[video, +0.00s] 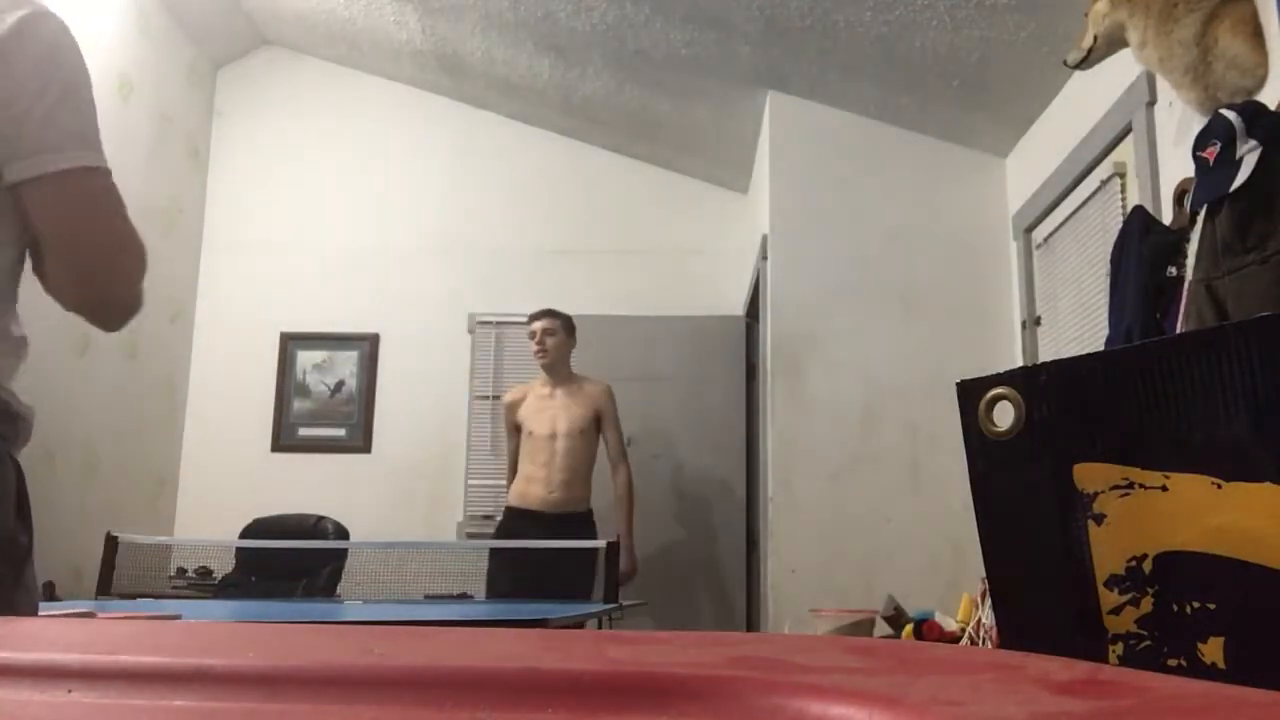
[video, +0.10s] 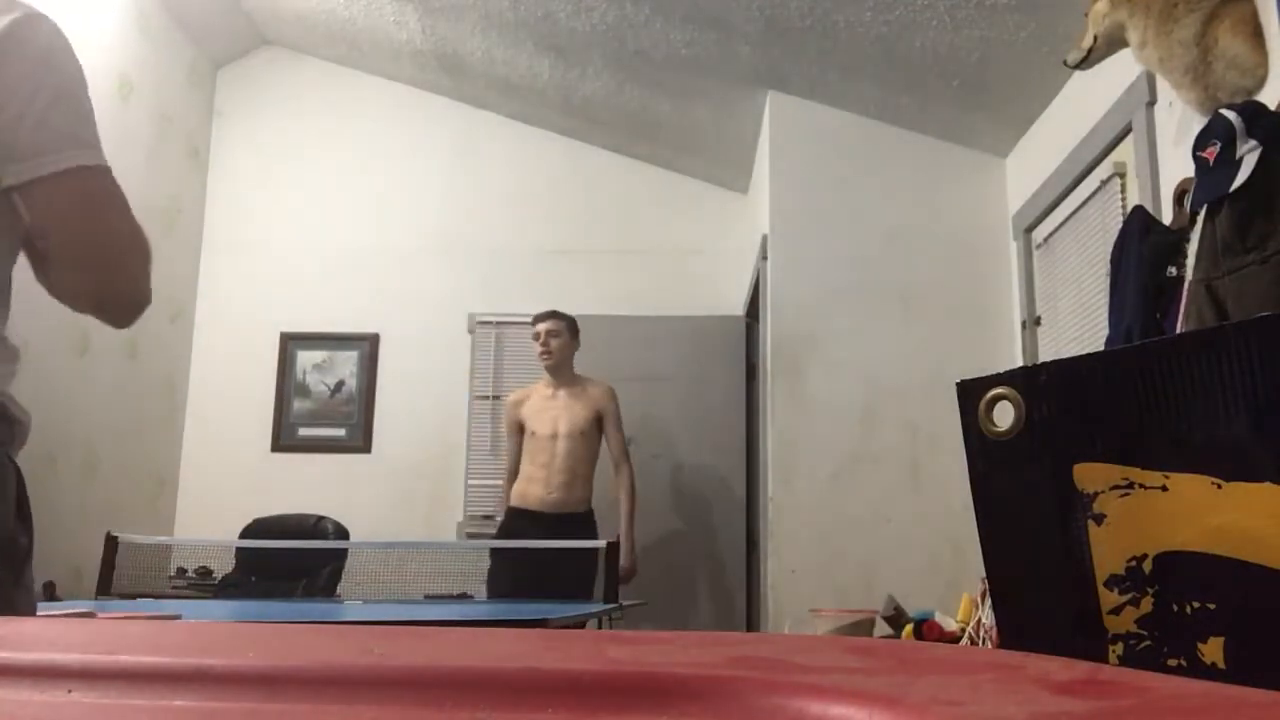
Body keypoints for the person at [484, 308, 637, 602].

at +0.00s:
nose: (539, 342)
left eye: (549, 334)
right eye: (533, 336)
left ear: (571, 342)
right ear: (529, 344)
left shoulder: (597, 395)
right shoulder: (516, 400)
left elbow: (620, 468)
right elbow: (513, 472)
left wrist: (626, 545)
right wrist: (511, 524)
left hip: (573, 528)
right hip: (518, 528)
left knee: (568, 635)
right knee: (505, 633)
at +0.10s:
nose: (543, 344)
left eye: (553, 336)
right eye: (537, 338)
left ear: (575, 343)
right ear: (534, 345)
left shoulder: (599, 396)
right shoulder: (518, 402)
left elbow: (622, 468)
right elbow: (511, 474)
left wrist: (626, 544)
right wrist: (508, 527)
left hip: (574, 529)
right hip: (519, 528)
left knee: (568, 636)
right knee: (504, 633)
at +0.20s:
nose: (546, 344)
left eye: (556, 337)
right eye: (540, 338)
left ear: (577, 345)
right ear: (536, 346)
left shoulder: (600, 397)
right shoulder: (520, 402)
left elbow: (621, 470)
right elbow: (506, 475)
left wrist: (622, 536)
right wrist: (489, 537)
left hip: (574, 529)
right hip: (520, 527)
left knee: (568, 635)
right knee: (508, 633)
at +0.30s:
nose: (547, 345)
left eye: (557, 338)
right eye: (541, 339)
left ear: (577, 346)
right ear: (537, 347)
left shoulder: (599, 398)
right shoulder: (520, 401)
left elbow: (617, 469)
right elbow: (497, 476)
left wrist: (616, 531)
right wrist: (476, 542)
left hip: (574, 531)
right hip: (519, 529)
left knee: (568, 637)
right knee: (506, 635)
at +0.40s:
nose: (545, 346)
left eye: (556, 339)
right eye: (540, 340)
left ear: (575, 348)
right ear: (535, 347)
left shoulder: (595, 398)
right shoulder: (518, 400)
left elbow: (612, 469)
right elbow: (493, 468)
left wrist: (606, 530)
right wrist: (471, 523)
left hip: (570, 530)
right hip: (517, 528)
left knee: (567, 634)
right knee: (504, 630)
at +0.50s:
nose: (538, 347)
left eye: (548, 340)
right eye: (533, 341)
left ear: (568, 349)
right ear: (528, 348)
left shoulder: (587, 400)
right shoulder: (511, 400)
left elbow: (602, 473)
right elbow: (489, 463)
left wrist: (594, 534)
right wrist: (474, 499)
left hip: (562, 527)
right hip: (510, 526)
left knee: (563, 630)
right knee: (500, 626)